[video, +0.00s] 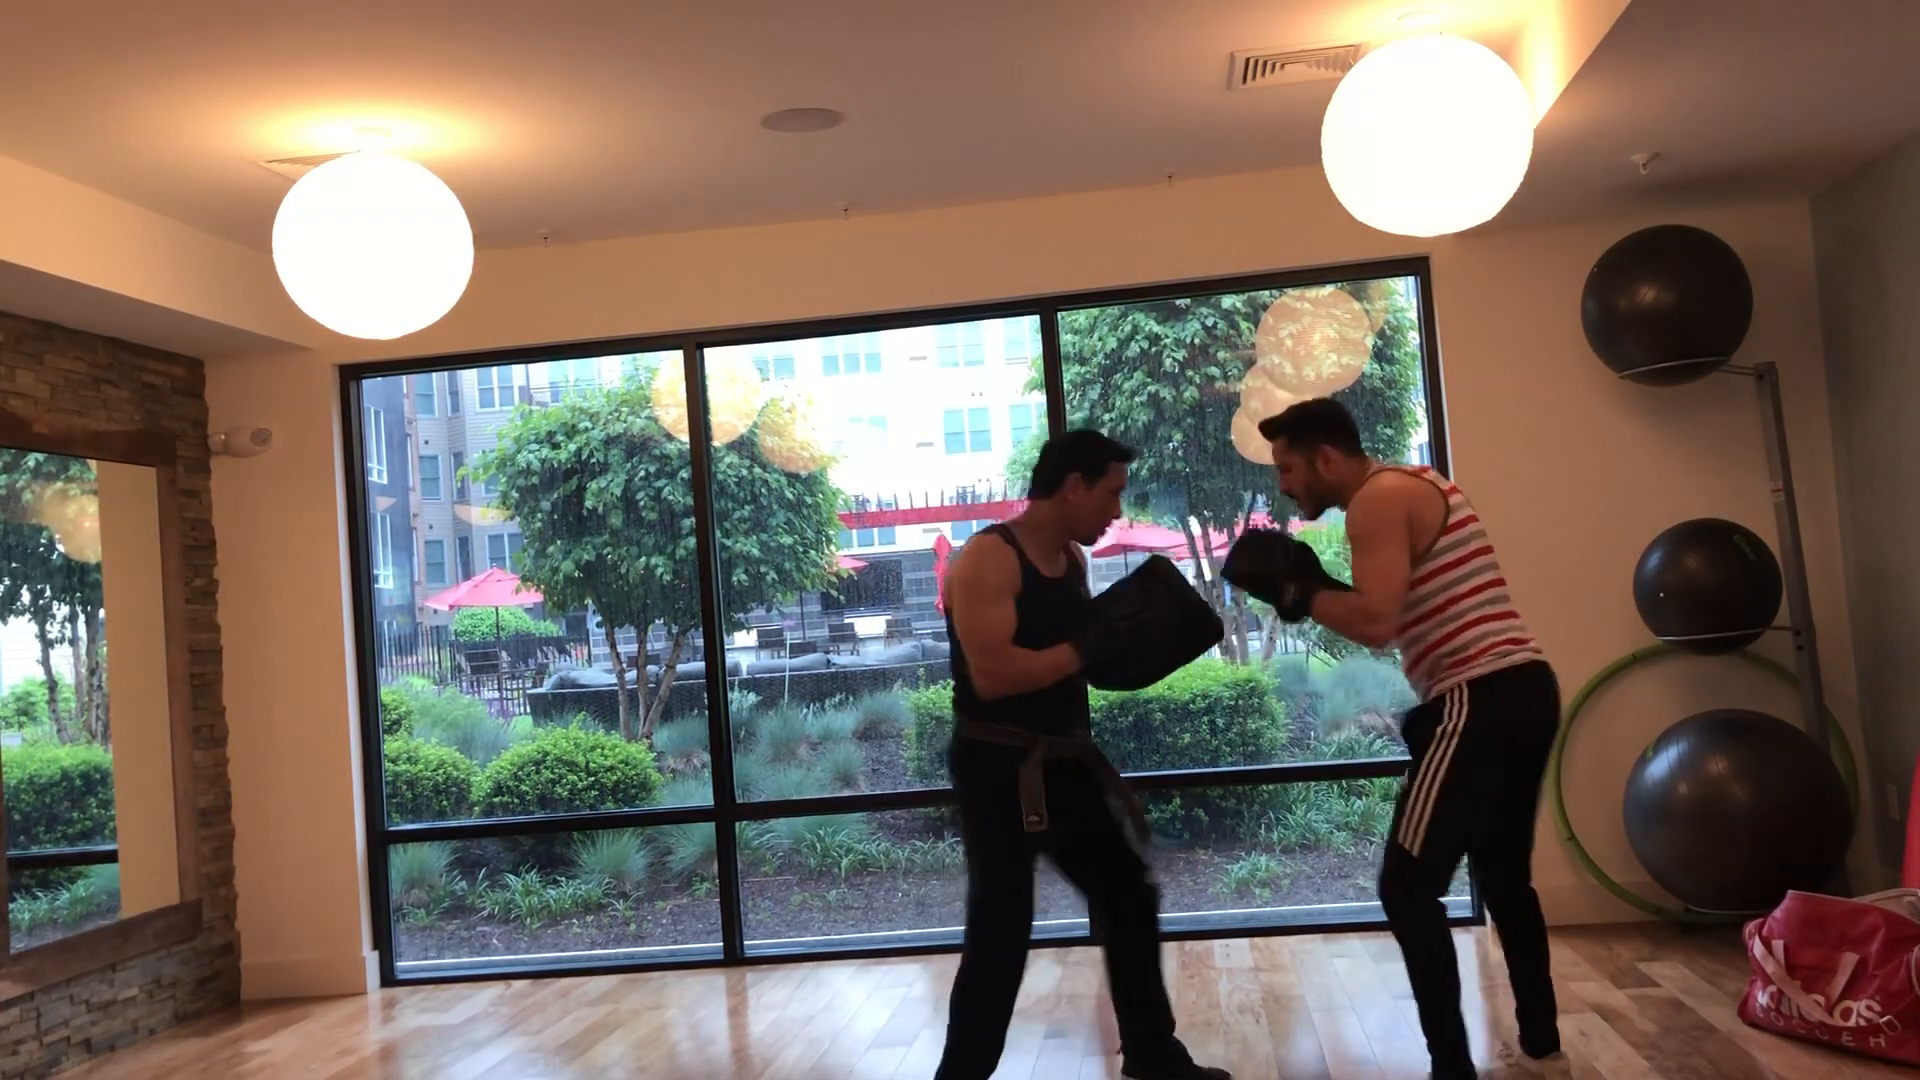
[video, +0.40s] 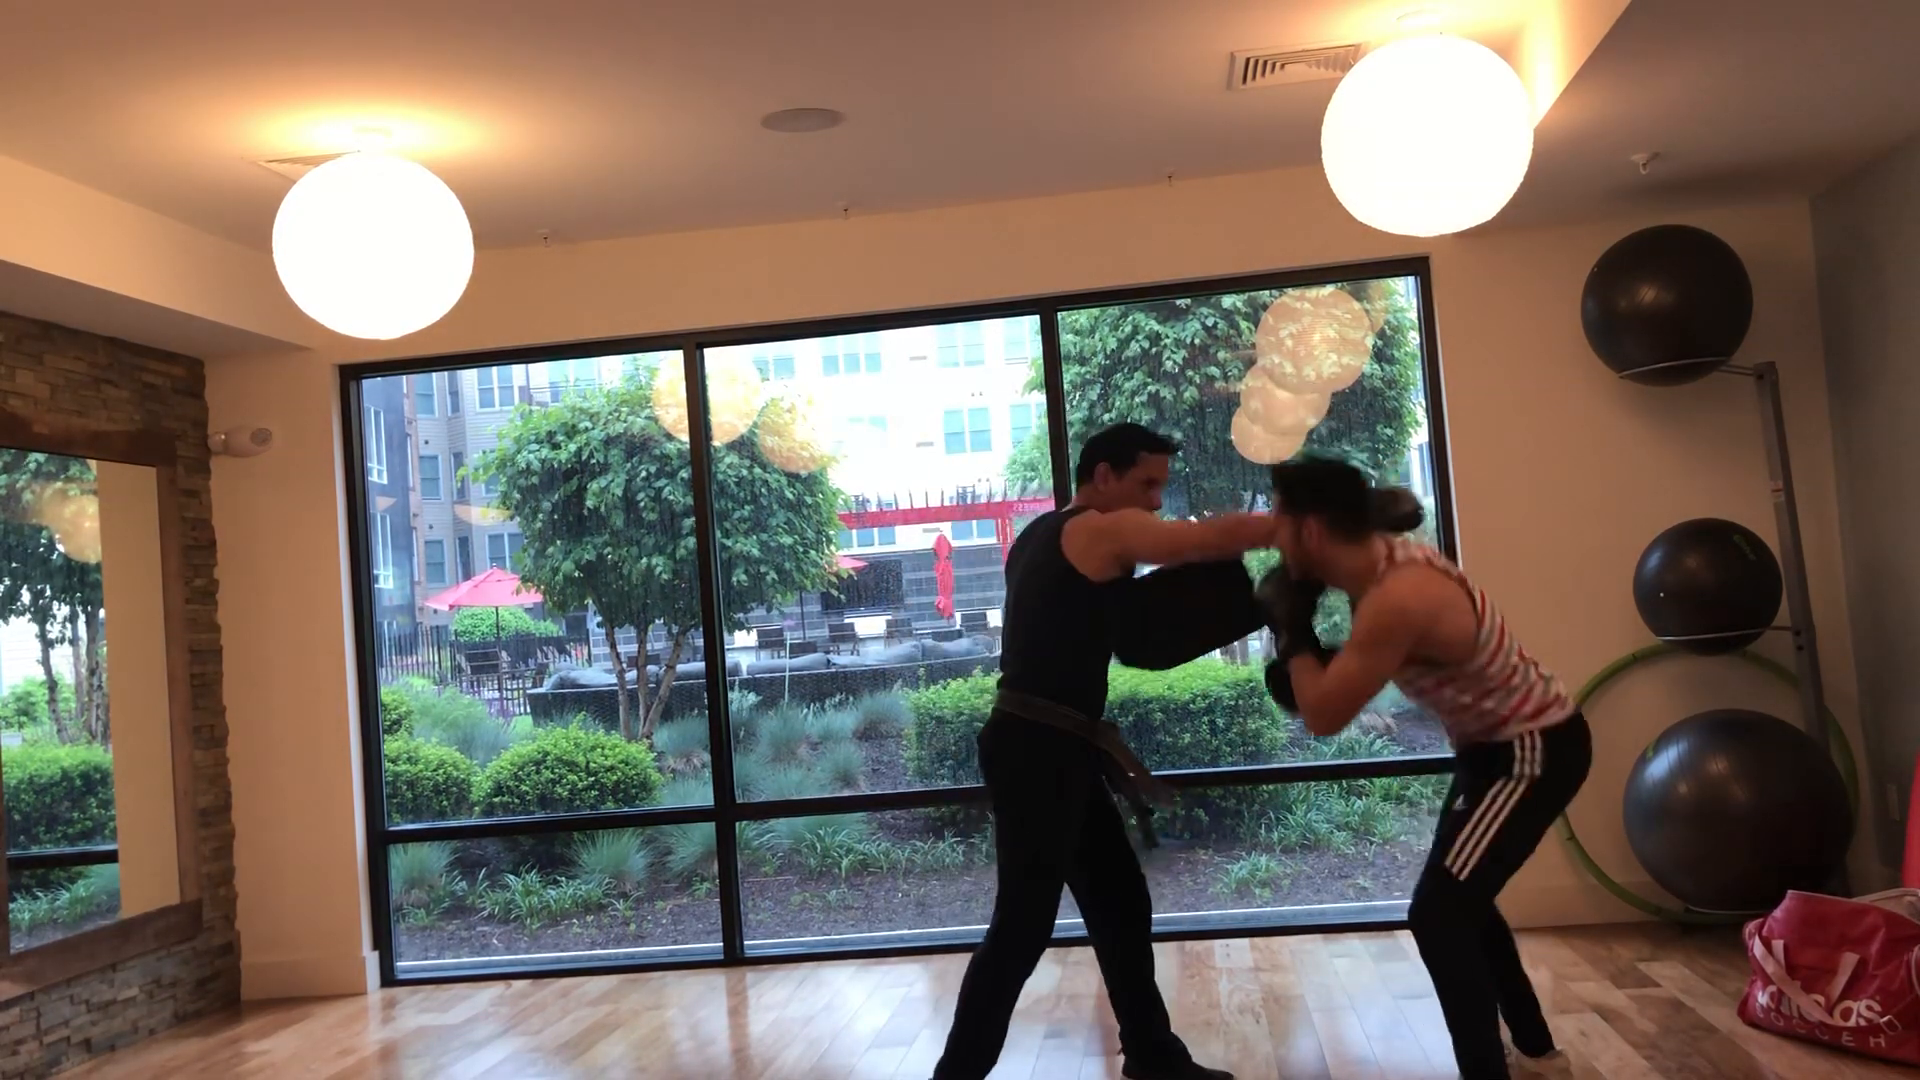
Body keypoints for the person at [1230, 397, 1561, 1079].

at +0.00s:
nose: (1283, 488)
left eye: (1285, 471)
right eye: (1278, 474)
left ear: (1325, 456)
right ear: (1332, 456)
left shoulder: (1379, 497)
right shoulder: (1418, 484)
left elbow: (1376, 621)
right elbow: (1391, 615)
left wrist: (1297, 588)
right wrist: (1316, 587)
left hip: (1478, 698)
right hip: (1526, 688)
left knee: (1407, 886)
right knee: (1504, 876)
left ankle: (1451, 1066)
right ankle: (1541, 1035)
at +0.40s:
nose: (1276, 539)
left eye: (1280, 524)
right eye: (1276, 524)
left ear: (1312, 529)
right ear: (1335, 520)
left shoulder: (1400, 599)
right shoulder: (1384, 563)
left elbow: (1322, 713)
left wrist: (1292, 628)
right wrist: (1305, 654)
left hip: (1531, 748)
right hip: (1494, 745)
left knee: (1436, 913)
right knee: (1460, 896)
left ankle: (1485, 1072)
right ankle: (1536, 1045)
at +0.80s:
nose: (1288, 501)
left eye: (1292, 481)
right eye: (1283, 485)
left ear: (1339, 463)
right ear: (1343, 468)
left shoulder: (1387, 524)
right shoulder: (1402, 510)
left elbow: (1387, 639)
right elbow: (1398, 633)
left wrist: (1296, 628)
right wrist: (1305, 626)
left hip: (1496, 721)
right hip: (1496, 715)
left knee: (1437, 909)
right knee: (1463, 887)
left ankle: (1483, 1069)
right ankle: (1527, 1040)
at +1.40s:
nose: (1302, 484)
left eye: (1306, 465)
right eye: (1297, 470)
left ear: (1348, 452)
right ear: (1352, 456)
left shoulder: (1397, 495)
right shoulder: (1413, 497)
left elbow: (1379, 619)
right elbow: (1384, 632)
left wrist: (1306, 567)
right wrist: (1312, 576)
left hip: (1495, 688)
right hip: (1520, 683)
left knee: (1445, 878)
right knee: (1485, 870)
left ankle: (1474, 1068)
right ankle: (1530, 1037)